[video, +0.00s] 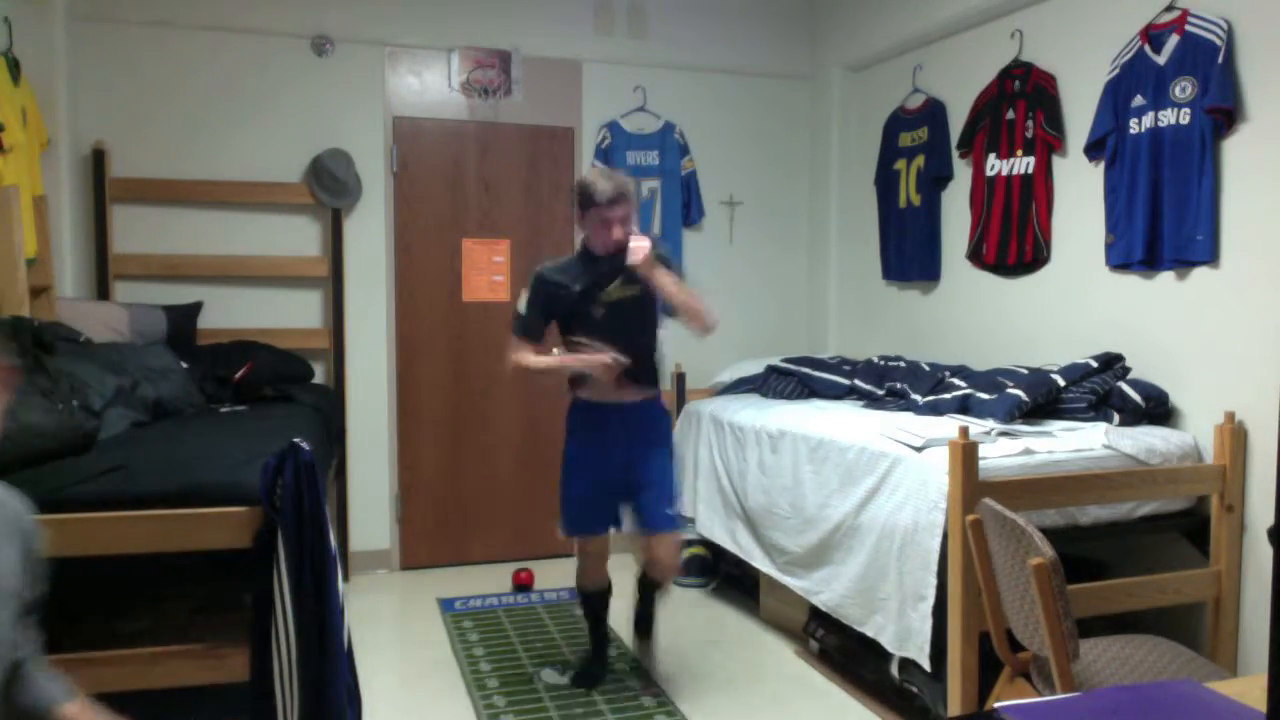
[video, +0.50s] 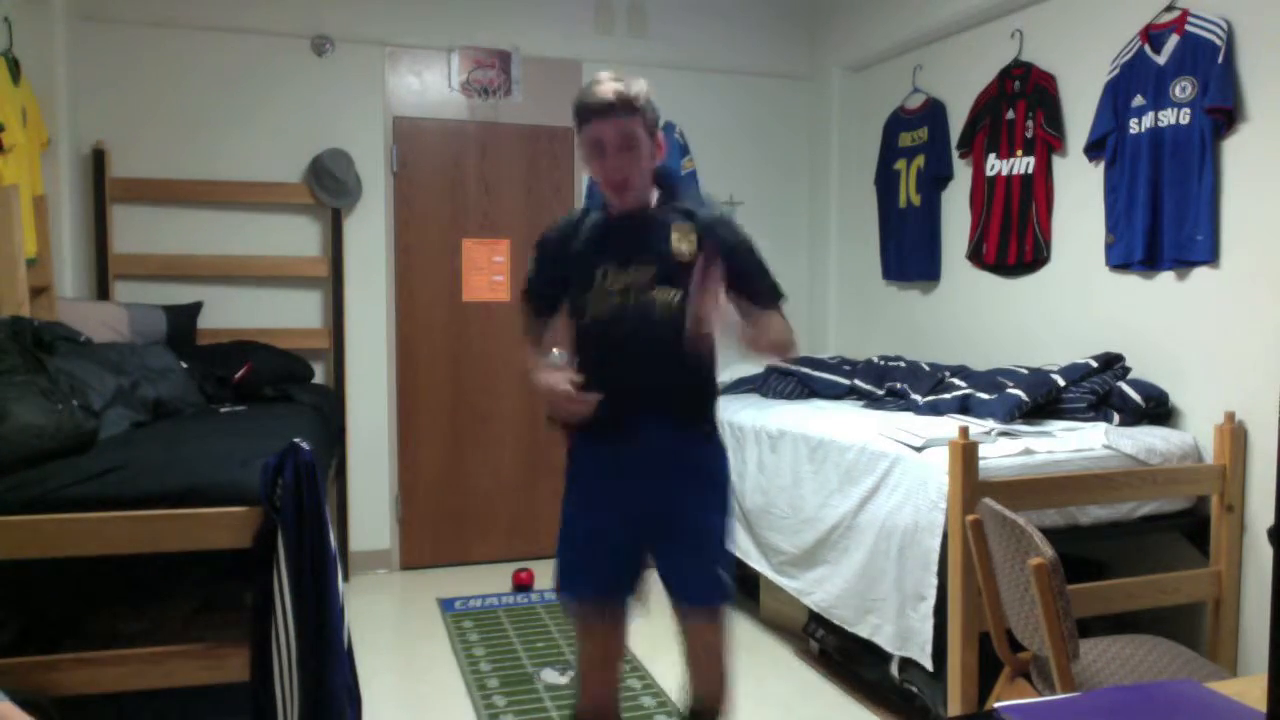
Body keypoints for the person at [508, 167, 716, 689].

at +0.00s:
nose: (616, 231)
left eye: (623, 220)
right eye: (605, 222)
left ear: (633, 218)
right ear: (581, 221)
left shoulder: (651, 266)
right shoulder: (553, 280)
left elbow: (702, 321)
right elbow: (518, 356)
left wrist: (649, 269)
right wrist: (580, 362)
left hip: (647, 419)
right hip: (590, 421)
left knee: (665, 553)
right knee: (591, 544)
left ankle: (646, 606)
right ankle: (598, 650)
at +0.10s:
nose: (624, 216)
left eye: (631, 205)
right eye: (614, 206)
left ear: (641, 203)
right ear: (589, 206)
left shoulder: (662, 253)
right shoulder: (560, 267)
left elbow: (722, 306)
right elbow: (523, 348)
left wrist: (658, 276)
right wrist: (584, 352)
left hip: (654, 415)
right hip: (594, 418)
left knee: (674, 557)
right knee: (593, 545)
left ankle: (646, 675)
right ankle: (589, 654)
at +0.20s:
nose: (632, 201)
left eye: (642, 187)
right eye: (618, 189)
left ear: (657, 184)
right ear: (597, 192)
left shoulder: (682, 250)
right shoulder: (572, 260)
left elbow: (737, 336)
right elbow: (539, 348)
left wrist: (702, 271)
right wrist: (600, 359)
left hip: (671, 430)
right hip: (603, 431)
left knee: (672, 573)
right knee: (593, 559)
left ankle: (670, 711)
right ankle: (573, 668)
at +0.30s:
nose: (632, 202)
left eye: (642, 187)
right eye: (618, 189)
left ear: (662, 184)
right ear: (600, 192)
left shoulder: (693, 254)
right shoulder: (579, 264)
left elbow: (756, 338)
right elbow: (543, 354)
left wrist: (676, 294)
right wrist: (590, 360)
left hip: (675, 444)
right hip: (604, 443)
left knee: (675, 593)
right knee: (577, 593)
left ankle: (669, 712)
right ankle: (580, 690)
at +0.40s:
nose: (618, 165)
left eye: (630, 147)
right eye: (603, 152)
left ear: (657, 146)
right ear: (589, 157)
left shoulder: (706, 224)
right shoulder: (574, 236)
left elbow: (771, 337)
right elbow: (548, 332)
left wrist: (717, 281)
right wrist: (555, 364)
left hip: (681, 433)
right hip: (601, 430)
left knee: (688, 606)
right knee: (583, 597)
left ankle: (689, 714)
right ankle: (589, 715)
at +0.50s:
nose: (614, 164)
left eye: (627, 146)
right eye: (599, 150)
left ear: (656, 146)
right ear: (583, 156)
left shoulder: (708, 235)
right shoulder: (565, 244)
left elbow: (780, 343)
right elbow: (539, 342)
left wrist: (734, 306)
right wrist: (547, 377)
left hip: (687, 460)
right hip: (599, 459)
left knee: (703, 629)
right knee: (595, 631)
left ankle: (706, 714)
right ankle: (596, 714)